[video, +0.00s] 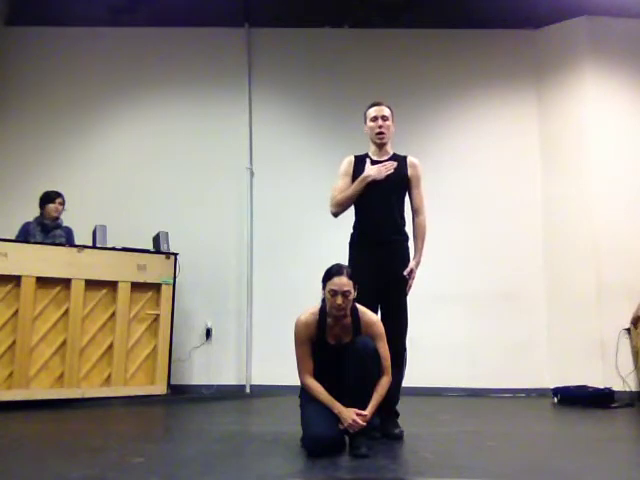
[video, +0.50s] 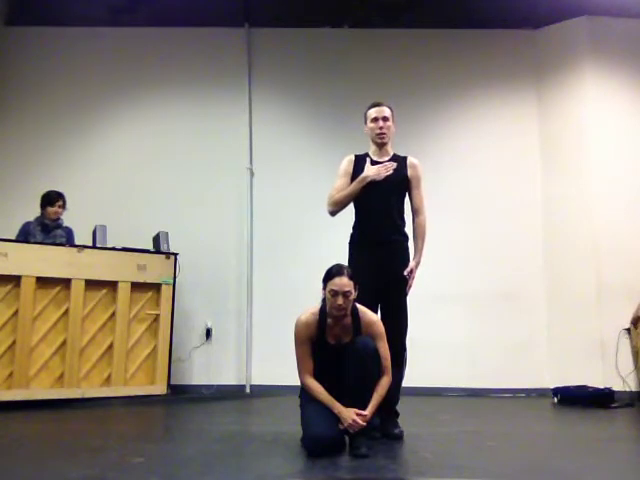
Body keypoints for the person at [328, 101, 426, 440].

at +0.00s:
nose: (380, 123)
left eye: (385, 118)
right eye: (374, 119)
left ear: (393, 125)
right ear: (365, 127)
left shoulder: (409, 166)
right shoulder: (353, 164)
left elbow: (419, 215)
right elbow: (335, 206)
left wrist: (416, 259)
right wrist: (366, 177)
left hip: (395, 257)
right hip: (362, 257)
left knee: (394, 337)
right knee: (359, 336)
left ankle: (388, 415)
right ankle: (358, 416)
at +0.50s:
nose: (381, 124)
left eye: (386, 119)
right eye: (375, 120)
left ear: (394, 125)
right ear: (366, 127)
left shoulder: (409, 166)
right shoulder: (353, 163)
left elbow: (419, 215)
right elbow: (332, 205)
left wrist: (416, 259)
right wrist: (365, 177)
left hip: (394, 257)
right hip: (362, 257)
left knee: (395, 337)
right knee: (358, 336)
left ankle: (388, 415)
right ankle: (359, 416)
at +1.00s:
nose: (381, 125)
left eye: (386, 119)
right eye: (375, 120)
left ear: (394, 125)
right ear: (366, 127)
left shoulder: (409, 166)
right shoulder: (353, 164)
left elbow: (419, 215)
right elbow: (333, 205)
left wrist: (416, 259)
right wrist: (365, 176)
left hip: (394, 257)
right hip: (362, 257)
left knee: (395, 337)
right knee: (359, 336)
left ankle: (388, 415)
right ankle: (358, 416)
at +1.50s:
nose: (381, 126)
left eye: (386, 121)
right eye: (376, 121)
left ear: (394, 126)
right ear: (366, 128)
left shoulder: (409, 167)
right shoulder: (353, 164)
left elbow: (419, 215)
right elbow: (332, 205)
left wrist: (416, 259)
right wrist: (365, 177)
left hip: (394, 257)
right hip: (361, 257)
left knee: (394, 338)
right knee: (359, 336)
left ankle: (388, 415)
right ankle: (358, 416)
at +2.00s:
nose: (381, 121)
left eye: (386, 117)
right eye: (375, 117)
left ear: (394, 124)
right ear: (366, 126)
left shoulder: (409, 165)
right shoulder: (352, 162)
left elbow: (419, 214)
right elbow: (332, 203)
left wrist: (415, 259)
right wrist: (365, 175)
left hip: (394, 257)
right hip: (361, 256)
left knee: (394, 337)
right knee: (358, 336)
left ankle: (388, 415)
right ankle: (359, 416)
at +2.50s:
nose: (380, 121)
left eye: (385, 117)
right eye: (375, 117)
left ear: (393, 124)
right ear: (365, 126)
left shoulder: (409, 165)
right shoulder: (352, 162)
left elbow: (418, 215)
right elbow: (331, 204)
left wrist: (415, 259)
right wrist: (364, 175)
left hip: (393, 257)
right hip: (361, 256)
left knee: (395, 337)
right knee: (358, 336)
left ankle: (388, 415)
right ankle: (359, 416)